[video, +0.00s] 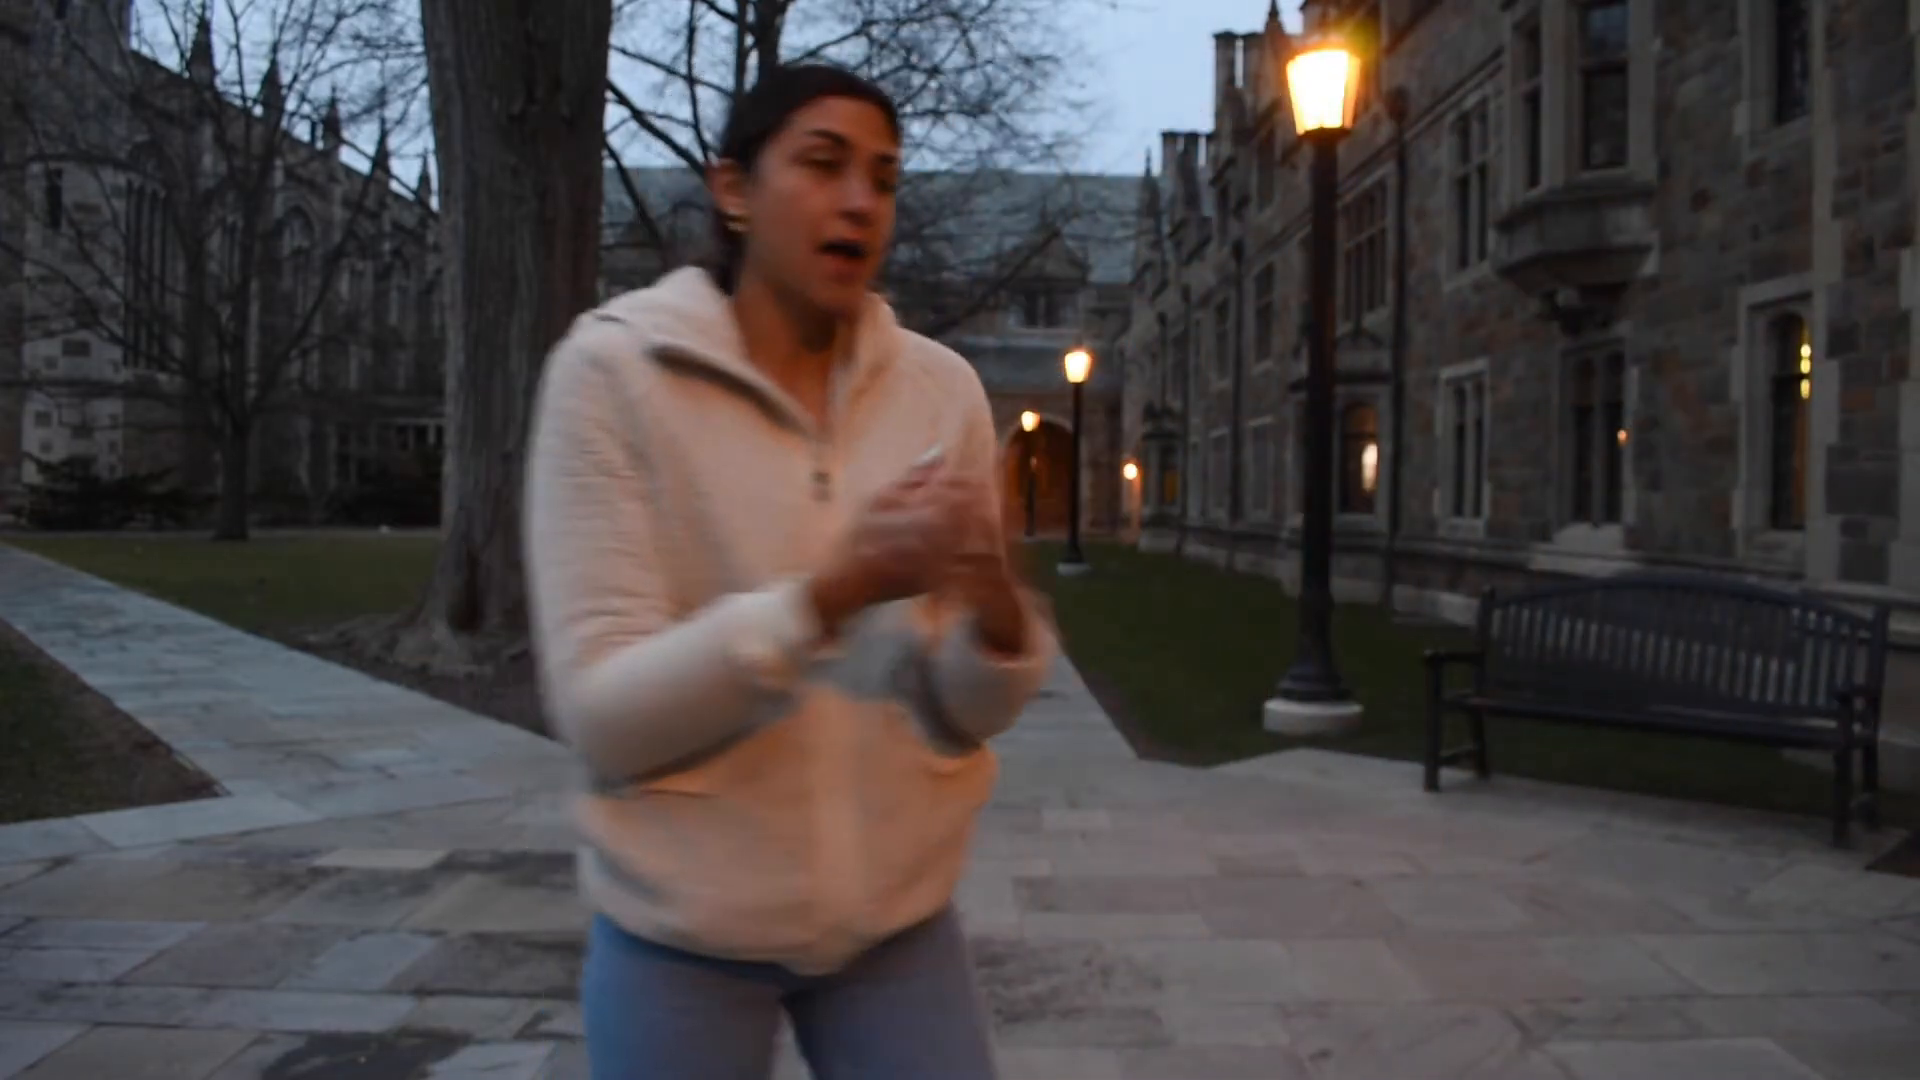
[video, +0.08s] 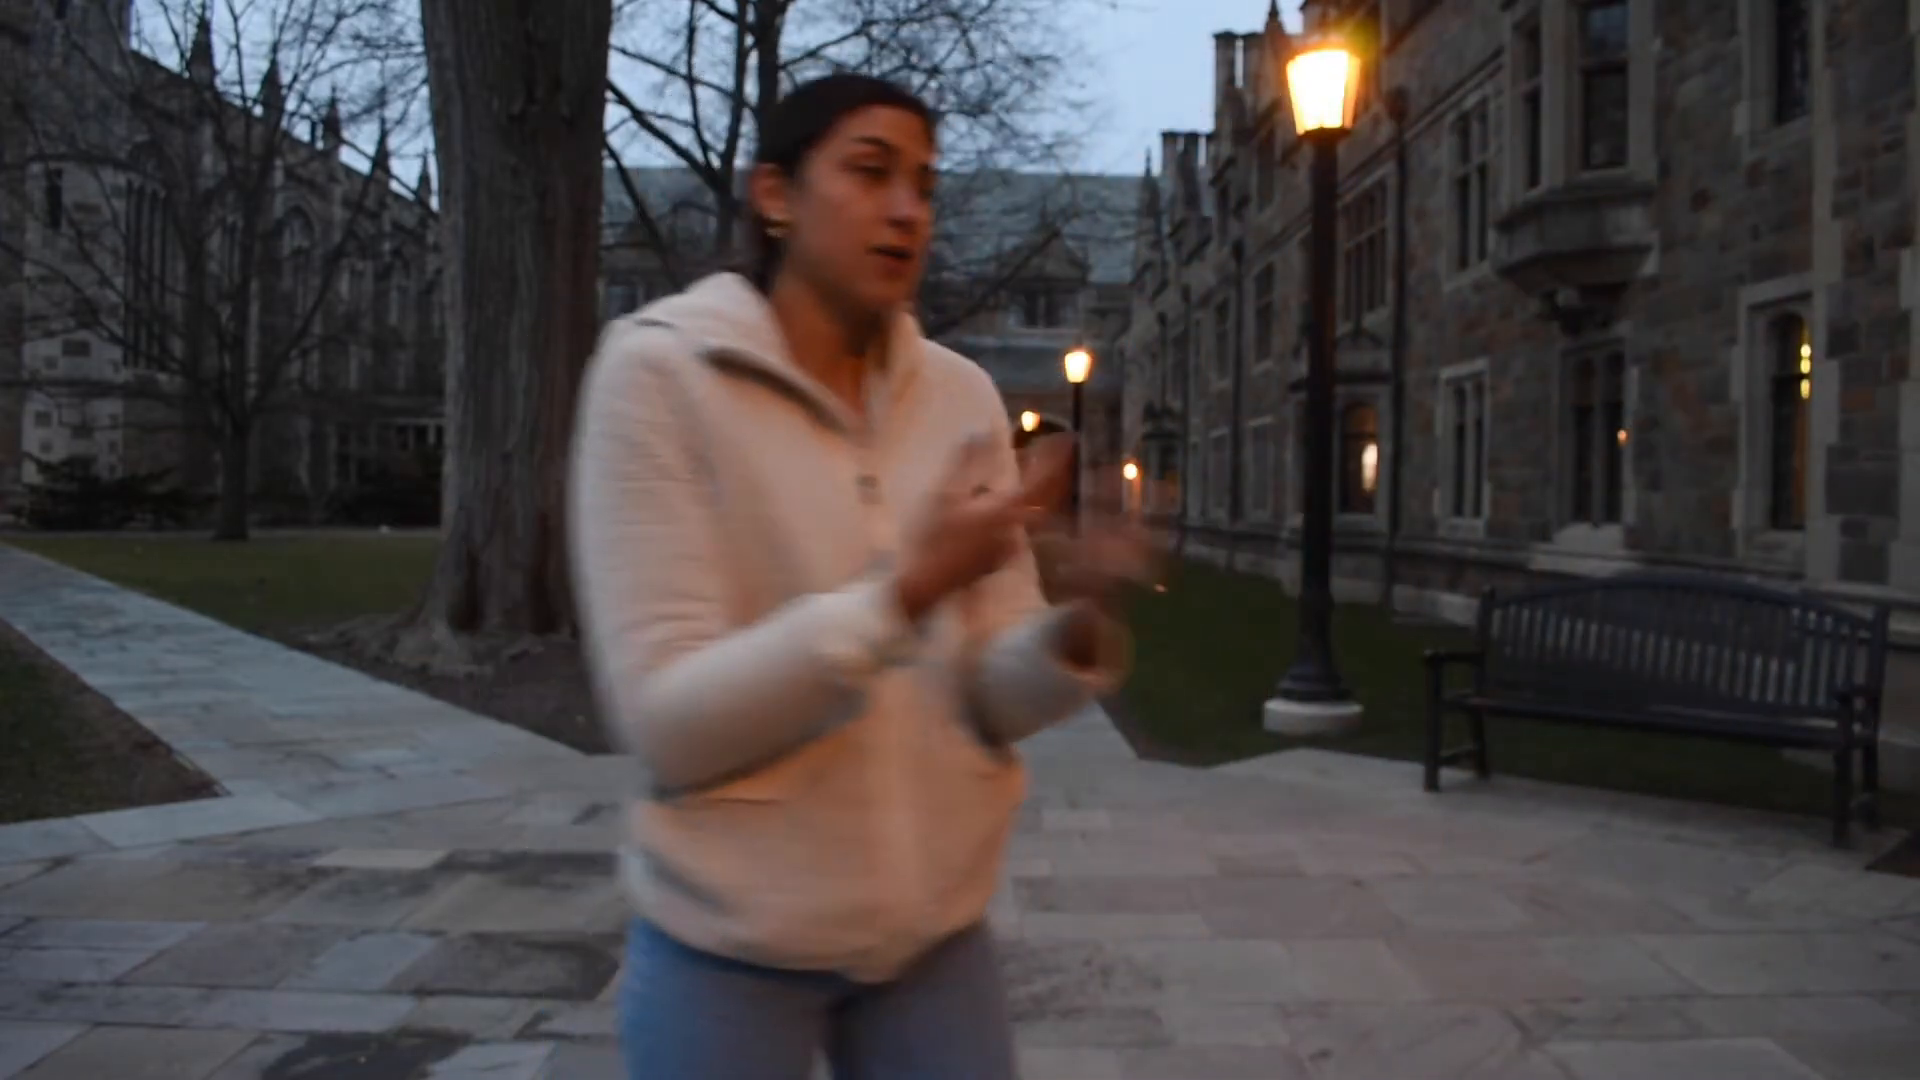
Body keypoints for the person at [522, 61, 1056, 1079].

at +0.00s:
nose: (862, 204)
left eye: (882, 179)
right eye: (821, 163)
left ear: (895, 210)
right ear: (732, 189)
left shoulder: (941, 389)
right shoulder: (612, 372)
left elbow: (970, 712)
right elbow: (604, 719)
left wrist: (995, 606)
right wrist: (839, 587)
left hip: (896, 920)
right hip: (679, 931)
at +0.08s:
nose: (910, 211)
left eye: (923, 187)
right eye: (870, 171)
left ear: (936, 215)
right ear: (773, 195)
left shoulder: (961, 397)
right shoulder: (656, 372)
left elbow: (993, 696)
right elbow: (667, 728)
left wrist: (1080, 626)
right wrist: (907, 592)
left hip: (938, 939)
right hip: (728, 949)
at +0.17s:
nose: (964, 217)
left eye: (971, 189)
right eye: (926, 176)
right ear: (823, 198)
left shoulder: (984, 401)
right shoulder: (705, 371)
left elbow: (1022, 692)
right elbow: (742, 734)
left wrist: (1173, 628)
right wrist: (999, 595)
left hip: (979, 943)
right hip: (780, 956)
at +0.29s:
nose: (1045, 224)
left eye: (1042, 191)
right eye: (1006, 183)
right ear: (902, 202)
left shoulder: (1025, 406)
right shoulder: (788, 378)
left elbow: (1068, 690)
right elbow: (843, 739)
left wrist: (1255, 630)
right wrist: (1118, 644)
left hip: (1037, 932)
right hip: (865, 949)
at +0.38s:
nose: (1094, 225)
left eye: (1086, 192)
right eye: (1056, 187)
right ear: (953, 204)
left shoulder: (1050, 404)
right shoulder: (848, 382)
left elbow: (1082, 693)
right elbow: (910, 744)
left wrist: (1286, 631)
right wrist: (1181, 653)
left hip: (1066, 935)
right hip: (915, 948)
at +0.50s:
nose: (1165, 224)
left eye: (1156, 191)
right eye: (1130, 187)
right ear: (1031, 204)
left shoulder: (1070, 392)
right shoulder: (941, 381)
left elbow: (1095, 684)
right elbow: (1010, 743)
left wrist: (1337, 645)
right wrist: (1292, 643)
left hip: (1076, 950)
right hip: (982, 963)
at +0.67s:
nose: (1259, 230)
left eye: (1252, 195)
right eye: (1228, 189)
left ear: (1141, 210)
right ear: (1131, 202)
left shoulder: (1100, 368)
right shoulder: (1069, 372)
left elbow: (1155, 702)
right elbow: (1135, 745)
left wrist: (1400, 649)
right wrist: (1397, 650)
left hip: (1089, 954)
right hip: (1068, 965)